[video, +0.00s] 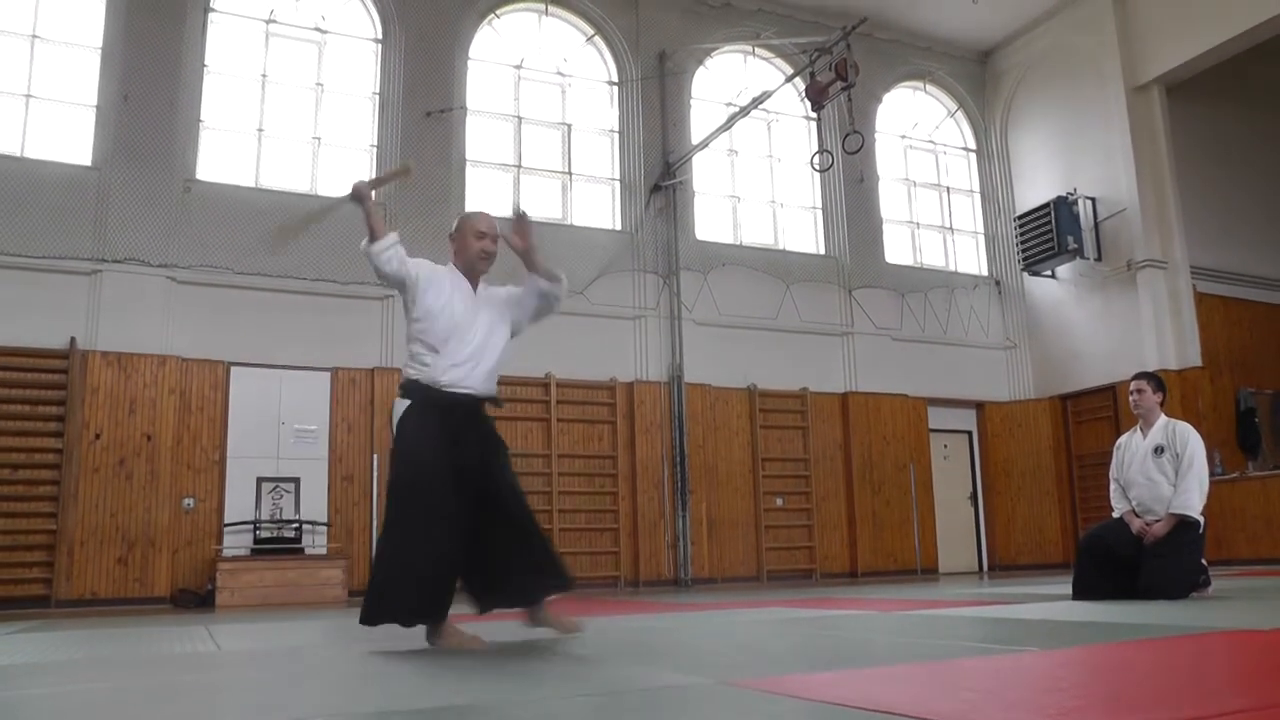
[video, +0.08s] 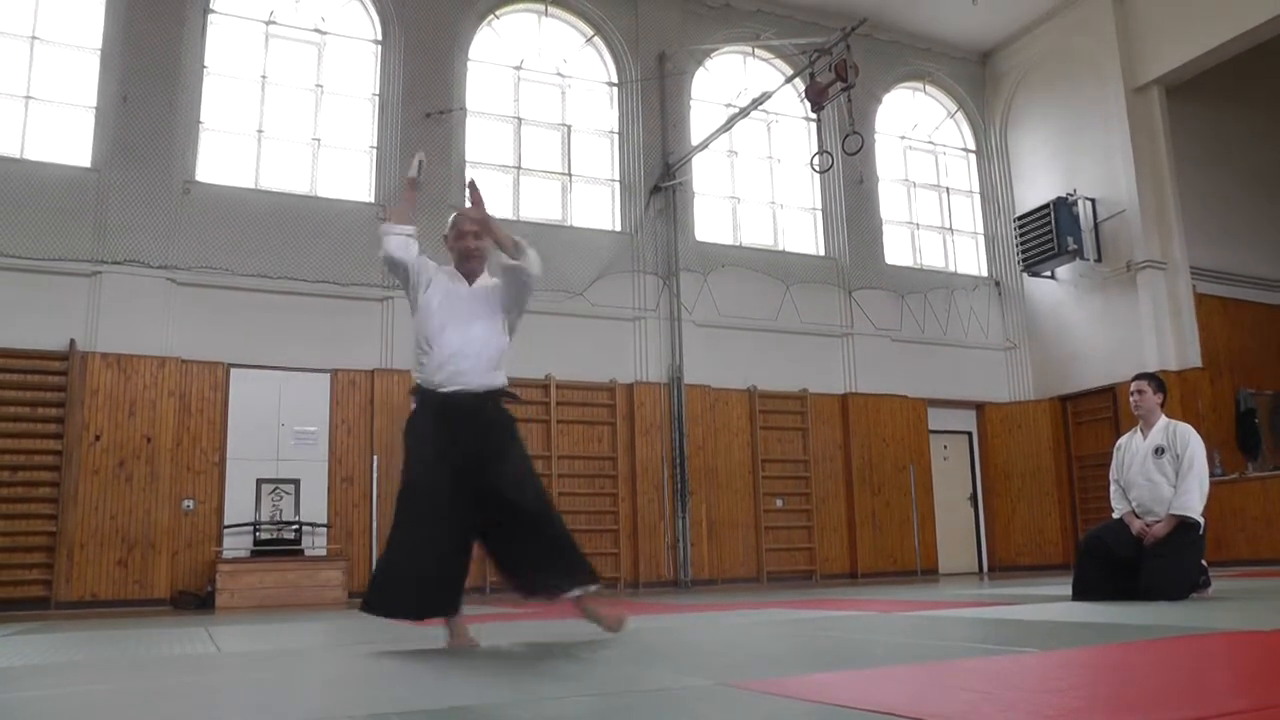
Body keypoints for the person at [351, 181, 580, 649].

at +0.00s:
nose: (490, 246)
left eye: (495, 240)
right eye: (481, 236)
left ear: (498, 249)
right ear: (455, 242)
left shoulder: (503, 301)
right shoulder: (426, 275)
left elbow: (550, 294)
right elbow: (386, 259)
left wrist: (528, 255)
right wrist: (369, 206)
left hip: (473, 416)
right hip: (427, 412)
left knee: (505, 506)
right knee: (434, 514)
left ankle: (537, 604)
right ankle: (438, 624)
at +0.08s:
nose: (469, 241)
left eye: (477, 235)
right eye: (461, 235)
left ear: (490, 243)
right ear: (447, 244)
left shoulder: (502, 289)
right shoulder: (428, 280)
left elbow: (526, 269)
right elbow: (395, 249)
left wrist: (493, 226)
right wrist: (408, 198)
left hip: (488, 412)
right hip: (436, 413)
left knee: (528, 502)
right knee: (443, 518)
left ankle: (584, 593)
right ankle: (454, 625)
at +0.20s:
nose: (449, 256)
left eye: (460, 246)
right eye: (444, 249)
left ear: (484, 251)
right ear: (439, 257)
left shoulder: (505, 292)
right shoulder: (440, 300)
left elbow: (464, 276)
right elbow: (401, 265)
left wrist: (442, 250)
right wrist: (418, 228)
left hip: (505, 415)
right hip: (463, 421)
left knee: (540, 505)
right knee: (455, 515)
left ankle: (620, 585)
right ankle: (485, 621)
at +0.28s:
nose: (446, 281)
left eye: (453, 271)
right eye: (442, 275)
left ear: (481, 269)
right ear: (442, 278)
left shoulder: (506, 310)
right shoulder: (458, 314)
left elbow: (441, 333)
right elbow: (412, 314)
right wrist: (409, 268)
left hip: (526, 435)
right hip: (487, 441)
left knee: (556, 525)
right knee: (463, 532)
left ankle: (640, 589)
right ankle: (486, 627)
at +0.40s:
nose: (445, 322)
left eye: (450, 311)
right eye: (442, 315)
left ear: (480, 304)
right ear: (473, 310)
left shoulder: (499, 348)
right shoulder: (475, 350)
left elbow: (449, 405)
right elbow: (436, 382)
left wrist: (392, 416)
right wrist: (389, 390)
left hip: (543, 462)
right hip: (517, 463)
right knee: (468, 535)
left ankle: (637, 608)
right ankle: (490, 629)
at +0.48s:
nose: (444, 345)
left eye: (448, 334)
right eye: (441, 338)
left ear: (479, 328)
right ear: (474, 332)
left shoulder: (498, 373)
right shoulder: (487, 371)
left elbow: (466, 440)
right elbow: (441, 415)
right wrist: (394, 443)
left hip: (549, 484)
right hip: (523, 481)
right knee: (464, 534)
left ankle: (632, 606)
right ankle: (487, 630)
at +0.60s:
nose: (443, 370)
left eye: (447, 358)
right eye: (440, 362)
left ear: (478, 350)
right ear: (480, 353)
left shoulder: (494, 396)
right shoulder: (501, 385)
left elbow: (480, 479)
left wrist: (457, 519)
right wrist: (470, 455)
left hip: (543, 506)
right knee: (458, 542)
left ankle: (628, 609)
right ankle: (483, 632)